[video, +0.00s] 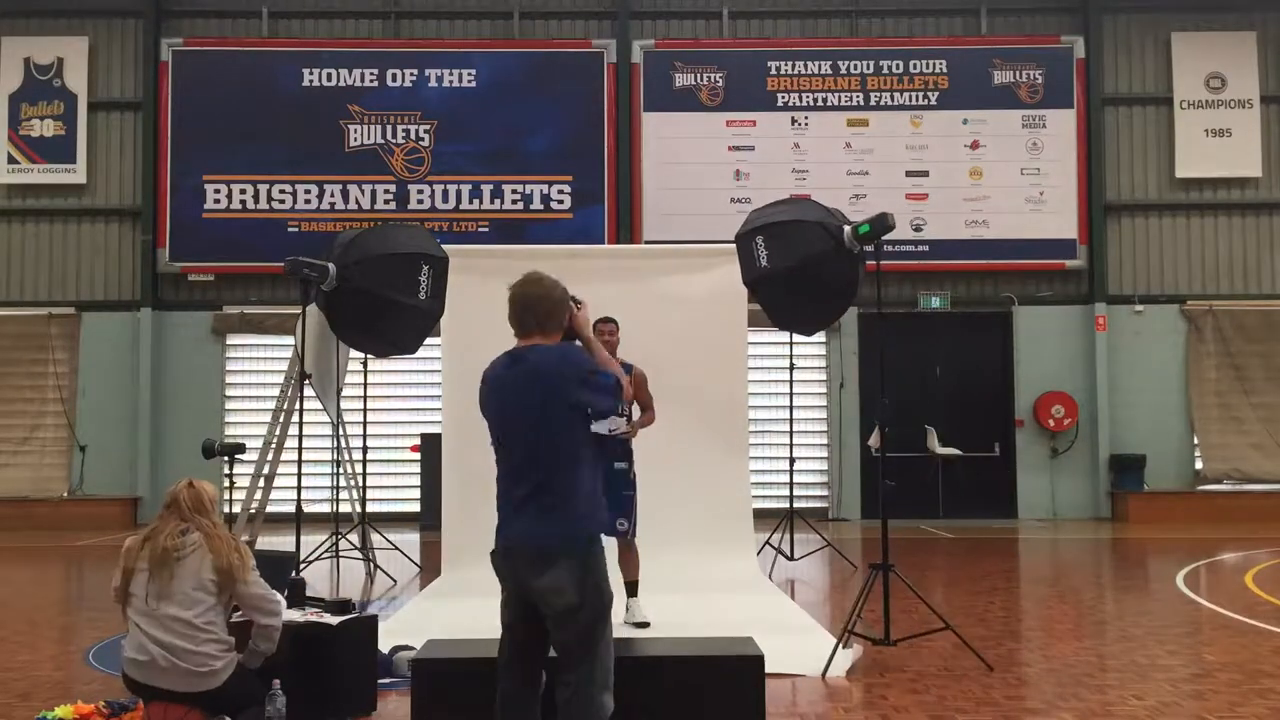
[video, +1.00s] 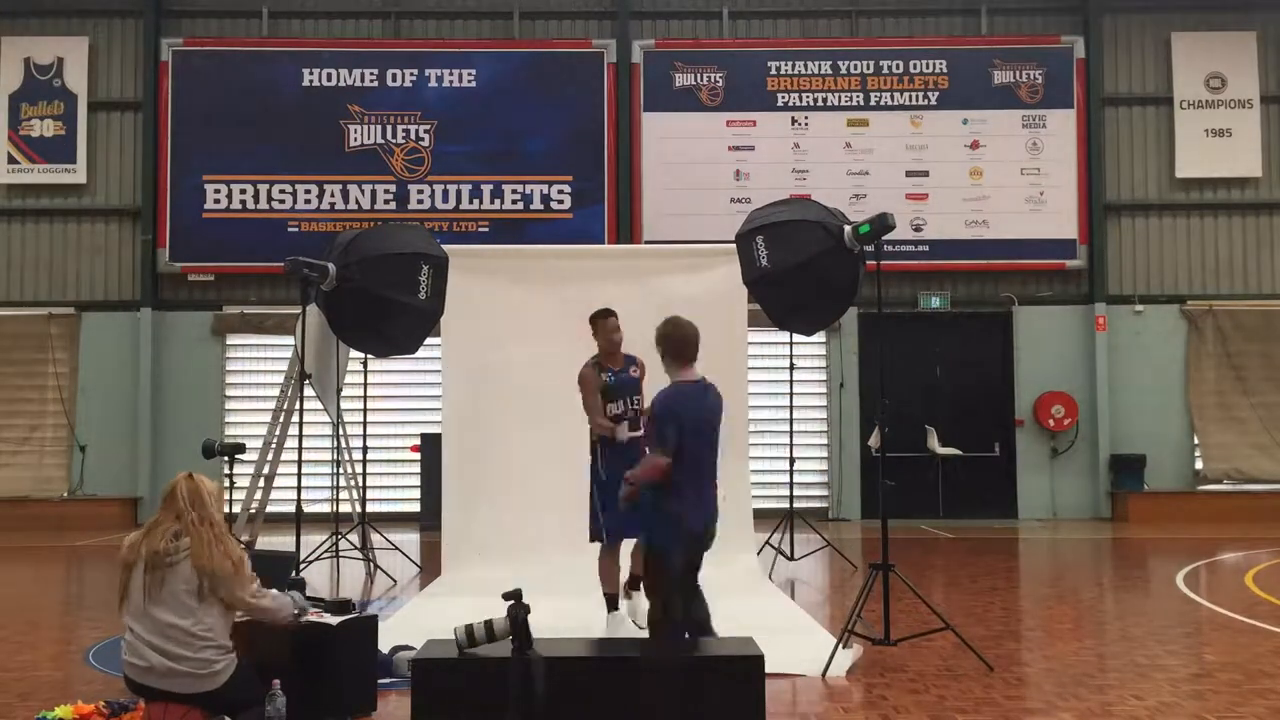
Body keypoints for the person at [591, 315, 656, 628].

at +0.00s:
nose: (607, 338)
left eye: (612, 333)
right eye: (602, 333)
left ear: (619, 338)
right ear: (591, 338)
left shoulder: (633, 375)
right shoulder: (580, 372)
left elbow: (648, 412)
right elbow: (570, 406)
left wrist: (635, 424)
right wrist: (581, 424)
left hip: (618, 459)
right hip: (583, 458)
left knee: (625, 534)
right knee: (582, 534)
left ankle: (632, 602)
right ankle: (580, 606)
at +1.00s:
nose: (616, 336)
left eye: (618, 330)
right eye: (609, 332)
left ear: (622, 332)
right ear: (596, 337)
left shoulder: (637, 365)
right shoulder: (590, 373)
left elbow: (637, 409)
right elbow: (595, 419)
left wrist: (655, 418)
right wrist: (615, 429)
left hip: (639, 453)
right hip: (608, 457)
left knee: (650, 527)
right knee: (612, 536)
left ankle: (633, 591)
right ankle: (613, 613)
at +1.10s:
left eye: (502, 347)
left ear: (497, 351)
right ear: (534, 349)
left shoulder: (483, 404)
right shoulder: (560, 394)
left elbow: (469, 469)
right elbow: (610, 429)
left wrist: (479, 510)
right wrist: (640, 463)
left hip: (512, 522)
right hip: (561, 520)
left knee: (507, 607)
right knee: (569, 607)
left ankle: (518, 693)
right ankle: (576, 693)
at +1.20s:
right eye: (573, 350)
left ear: (537, 352)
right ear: (573, 352)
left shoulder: (518, 399)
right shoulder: (590, 394)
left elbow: (486, 456)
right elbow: (630, 423)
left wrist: (492, 508)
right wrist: (650, 473)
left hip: (534, 521)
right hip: (582, 520)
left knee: (525, 609)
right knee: (583, 611)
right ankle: (583, 687)